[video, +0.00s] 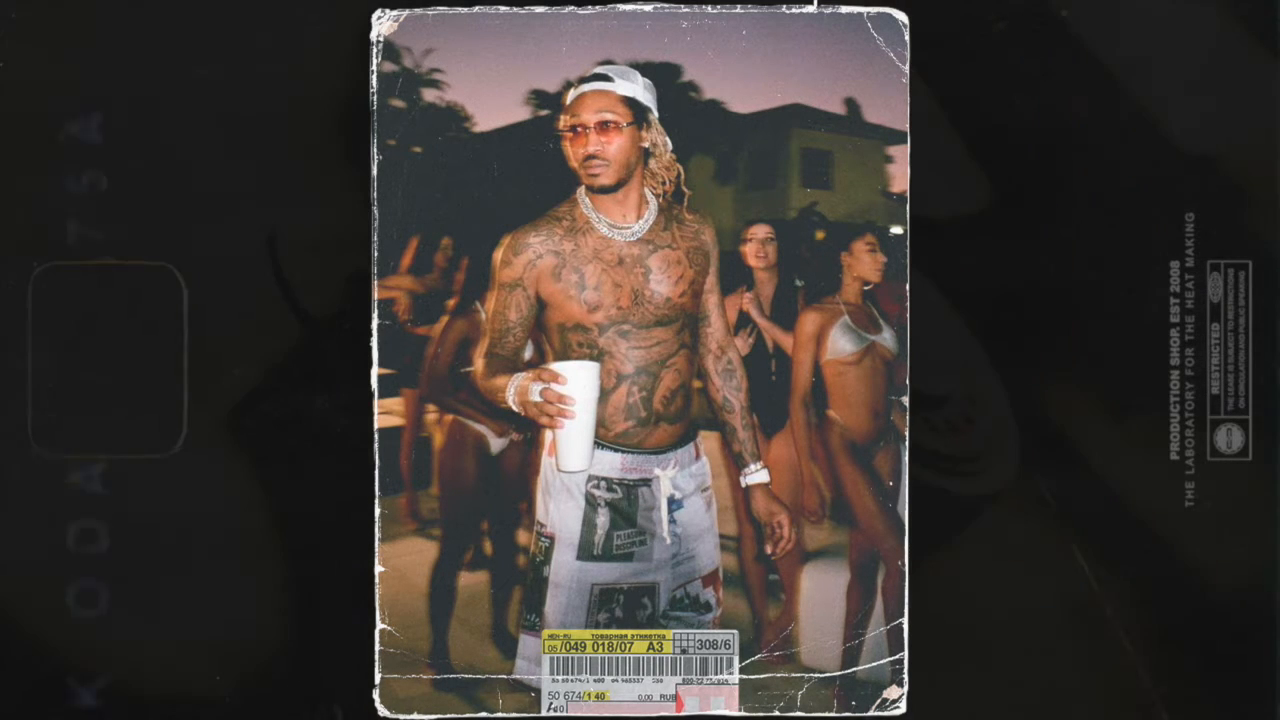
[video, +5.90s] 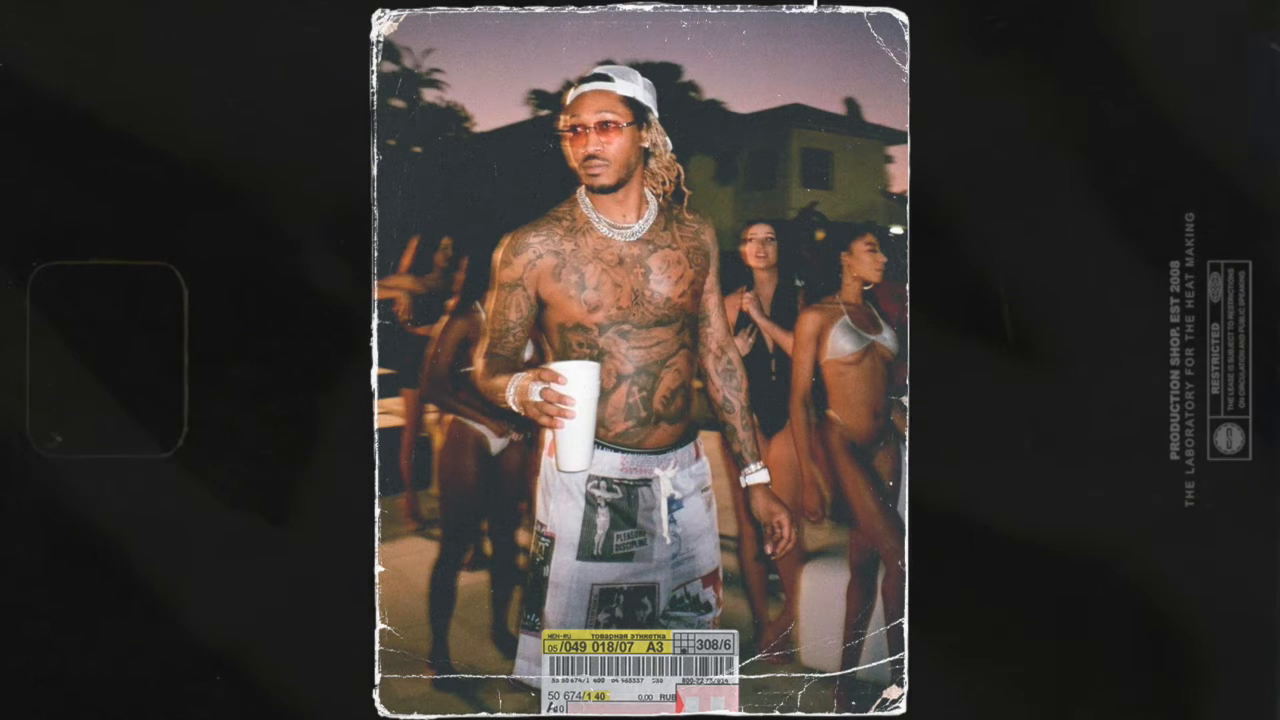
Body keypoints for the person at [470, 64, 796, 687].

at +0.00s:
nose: (589, 143)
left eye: (608, 126)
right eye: (576, 130)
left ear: (646, 138)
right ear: (565, 144)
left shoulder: (693, 235)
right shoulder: (532, 248)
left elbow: (720, 358)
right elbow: (491, 366)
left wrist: (756, 482)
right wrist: (516, 389)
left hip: (681, 477)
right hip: (583, 482)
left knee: (690, 664)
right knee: (574, 669)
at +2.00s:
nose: (590, 143)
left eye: (608, 126)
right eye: (576, 130)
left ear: (646, 138)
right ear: (565, 143)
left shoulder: (693, 236)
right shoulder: (532, 248)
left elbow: (720, 358)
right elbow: (491, 365)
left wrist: (756, 481)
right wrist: (516, 389)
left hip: (681, 477)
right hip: (582, 481)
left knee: (689, 663)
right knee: (572, 666)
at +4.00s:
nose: (590, 143)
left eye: (608, 126)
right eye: (576, 130)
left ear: (646, 138)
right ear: (565, 143)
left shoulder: (693, 235)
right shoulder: (532, 248)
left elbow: (720, 358)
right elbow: (491, 365)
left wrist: (756, 482)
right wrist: (516, 389)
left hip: (681, 476)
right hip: (582, 481)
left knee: (689, 664)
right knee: (573, 669)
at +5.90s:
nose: (590, 143)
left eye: (608, 126)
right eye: (576, 130)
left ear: (645, 138)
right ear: (565, 144)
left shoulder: (694, 236)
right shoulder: (532, 248)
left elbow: (720, 359)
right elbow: (491, 365)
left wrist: (756, 482)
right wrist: (516, 389)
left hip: (681, 477)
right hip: (582, 482)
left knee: (689, 664)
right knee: (573, 669)